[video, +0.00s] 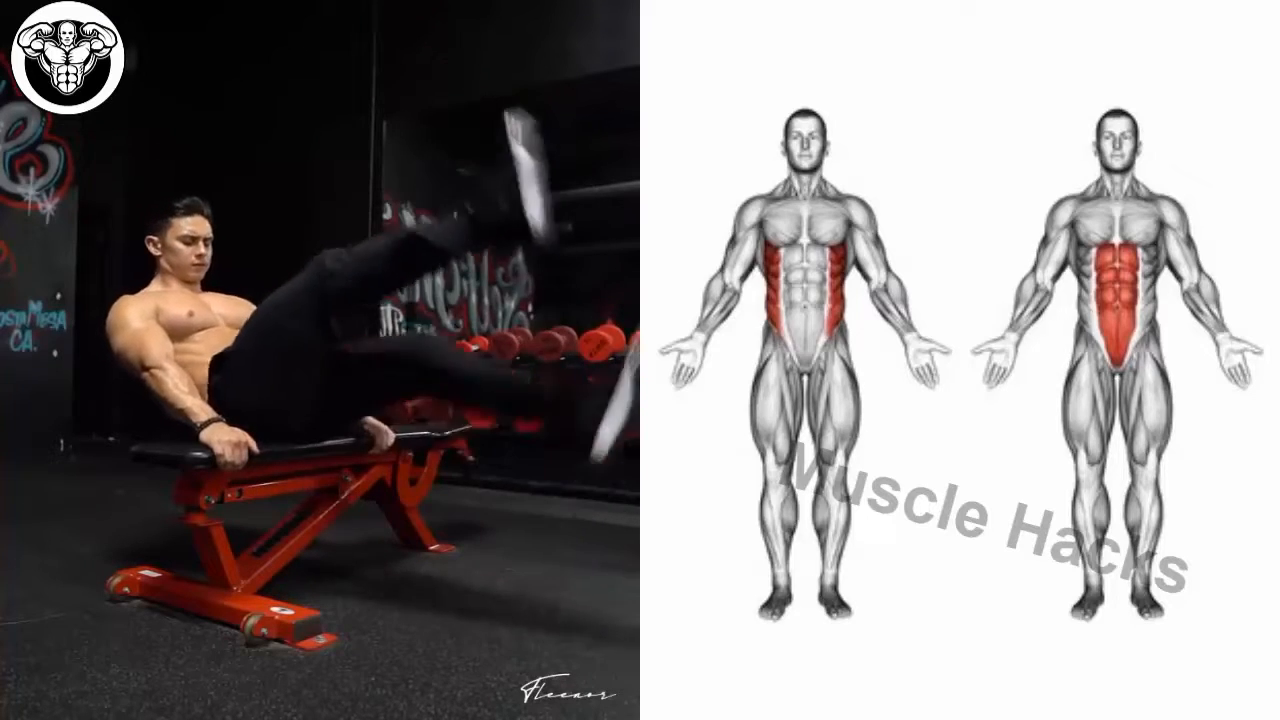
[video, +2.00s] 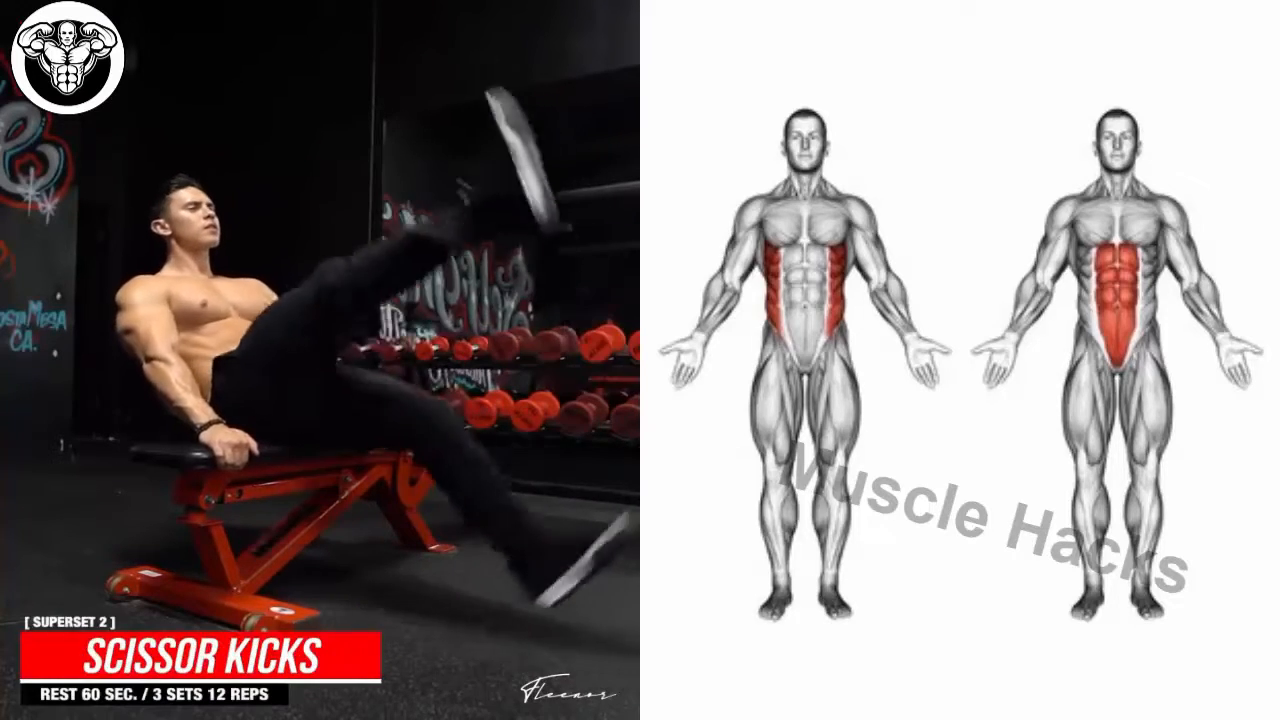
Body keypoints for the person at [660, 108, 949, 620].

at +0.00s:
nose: (805, 146)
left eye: (812, 138)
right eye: (797, 138)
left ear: (825, 146)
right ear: (785, 146)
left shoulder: (852, 211)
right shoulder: (758, 211)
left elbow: (881, 281)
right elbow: (729, 281)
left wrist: (910, 337)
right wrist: (700, 336)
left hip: (832, 355)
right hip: (777, 355)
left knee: (834, 467)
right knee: (777, 469)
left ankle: (830, 584)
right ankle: (780, 585)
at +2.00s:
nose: (804, 145)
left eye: (812, 138)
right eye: (797, 138)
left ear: (825, 146)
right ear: (785, 145)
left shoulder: (852, 211)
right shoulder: (758, 211)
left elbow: (881, 282)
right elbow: (729, 281)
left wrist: (910, 336)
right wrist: (700, 336)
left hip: (832, 355)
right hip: (777, 355)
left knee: (834, 467)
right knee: (777, 469)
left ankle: (830, 584)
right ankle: (780, 585)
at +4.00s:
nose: (804, 146)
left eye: (812, 138)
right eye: (797, 138)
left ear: (825, 145)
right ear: (785, 145)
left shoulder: (851, 211)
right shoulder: (758, 211)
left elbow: (881, 281)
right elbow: (729, 281)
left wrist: (909, 336)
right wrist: (700, 336)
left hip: (832, 356)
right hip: (777, 355)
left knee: (834, 467)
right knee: (776, 469)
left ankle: (830, 584)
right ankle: (780, 585)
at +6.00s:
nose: (804, 145)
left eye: (812, 138)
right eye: (797, 138)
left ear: (825, 145)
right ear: (785, 146)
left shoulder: (851, 211)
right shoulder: (758, 211)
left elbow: (881, 281)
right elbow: (729, 281)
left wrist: (909, 336)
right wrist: (700, 336)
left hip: (832, 355)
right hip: (778, 355)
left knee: (834, 467)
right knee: (776, 469)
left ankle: (829, 584)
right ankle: (780, 585)